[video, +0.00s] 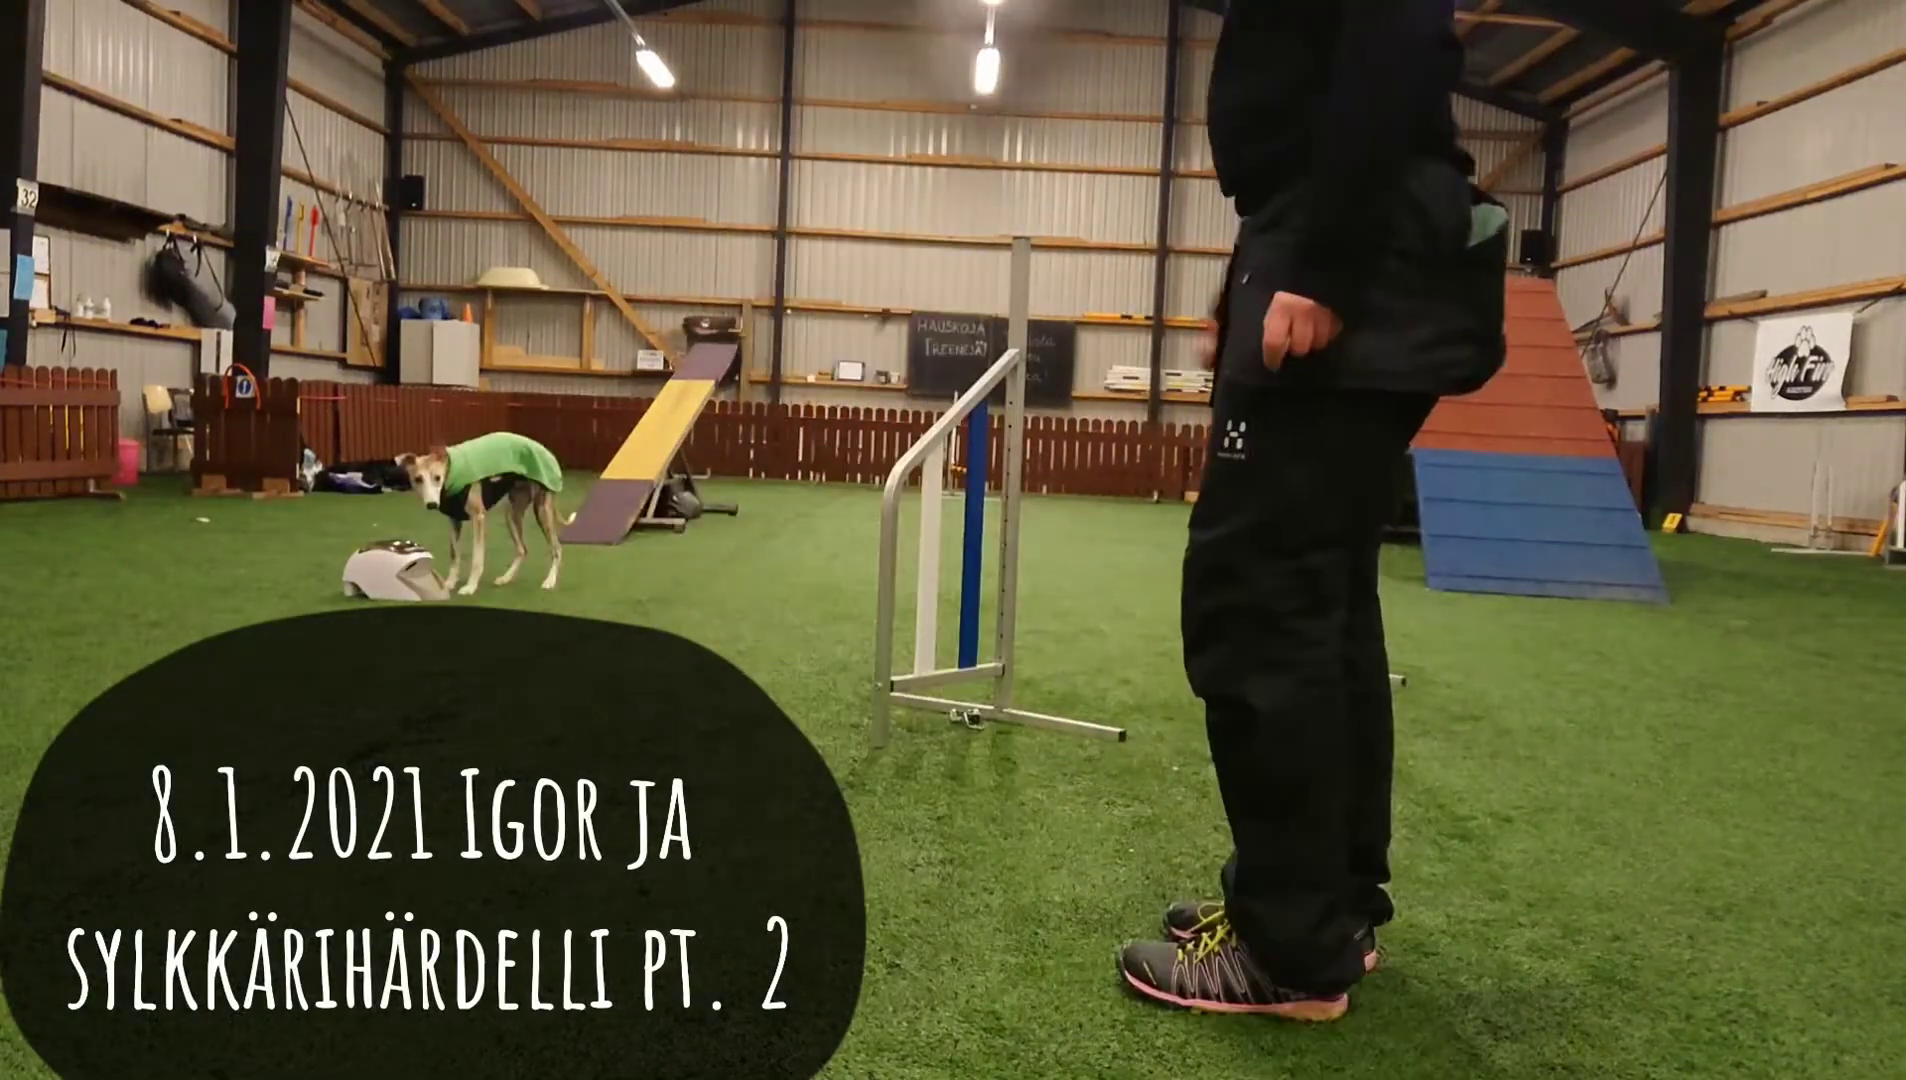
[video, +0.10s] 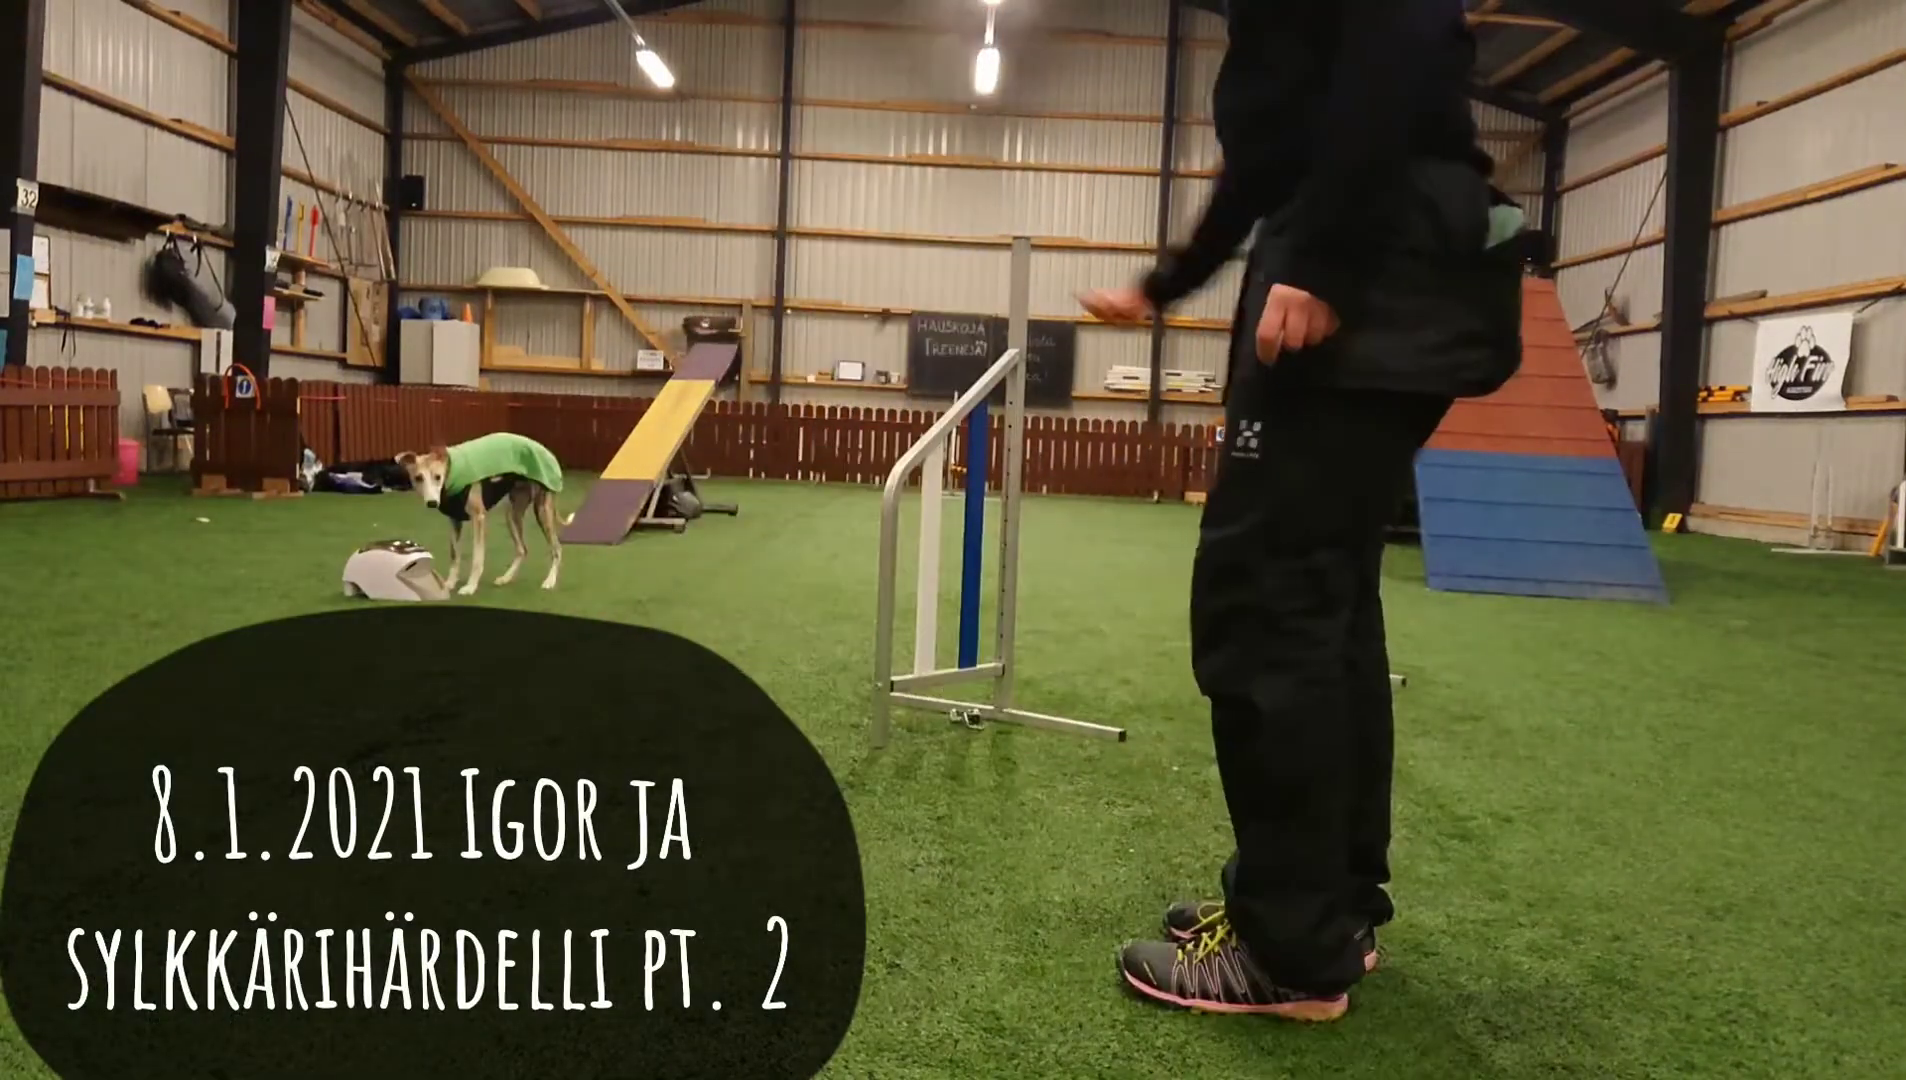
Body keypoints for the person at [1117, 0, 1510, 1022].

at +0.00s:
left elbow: (1393, 51)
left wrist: (1321, 269)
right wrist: (1282, 267)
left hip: (1333, 284)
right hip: (1348, 281)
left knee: (1251, 606)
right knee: (1322, 606)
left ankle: (1290, 951)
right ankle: (1335, 908)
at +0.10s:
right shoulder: (1280, 21)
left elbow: (1389, 64)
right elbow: (1275, 145)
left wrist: (1321, 267)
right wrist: (1165, 284)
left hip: (1352, 295)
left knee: (1257, 606)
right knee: (1322, 605)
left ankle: (1291, 951)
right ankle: (1336, 908)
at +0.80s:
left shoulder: (1420, 9)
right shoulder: (1294, 45)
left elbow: (1464, 83)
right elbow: (1227, 174)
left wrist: (1390, 260)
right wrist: (1087, 272)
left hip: (1505, 270)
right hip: (1442, 274)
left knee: (1350, 581)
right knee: (1328, 575)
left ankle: (1384, 945)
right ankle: (1322, 897)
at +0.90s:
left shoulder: (1430, 12)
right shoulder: (1333, 48)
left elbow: (1473, 83)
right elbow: (1273, 183)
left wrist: (1397, 258)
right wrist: (1140, 282)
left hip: (1535, 271)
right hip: (1447, 282)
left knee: (1393, 606)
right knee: (1356, 606)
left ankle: (1551, 939)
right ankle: (1328, 901)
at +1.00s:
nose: (1287, 15)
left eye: (1284, 10)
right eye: (1280, 17)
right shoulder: (1388, 34)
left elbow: (1500, 95)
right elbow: (1344, 182)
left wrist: (1401, 274)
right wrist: (1201, 308)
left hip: (1576, 275)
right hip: (1498, 290)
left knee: (1464, 615)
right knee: (1391, 604)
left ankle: (1702, 965)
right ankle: (1328, 900)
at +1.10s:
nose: (1276, 21)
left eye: (1267, 8)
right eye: (1269, 18)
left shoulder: (1437, 8)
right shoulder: (1418, 31)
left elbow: (1508, 115)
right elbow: (1406, 217)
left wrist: (1415, 304)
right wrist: (1263, 365)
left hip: (1631, 310)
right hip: (1567, 317)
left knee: (1599, 677)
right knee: (1444, 607)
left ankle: (1733, 1014)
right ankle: (1338, 885)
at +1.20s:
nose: (1314, 38)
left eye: (1300, 15)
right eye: (1300, 29)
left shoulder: (1441, 14)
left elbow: (1522, 118)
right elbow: (1492, 242)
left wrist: (1439, 323)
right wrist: (1346, 430)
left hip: (1667, 290)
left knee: (1623, 649)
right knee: (1499, 600)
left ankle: (1735, 1016)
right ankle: (1407, 876)